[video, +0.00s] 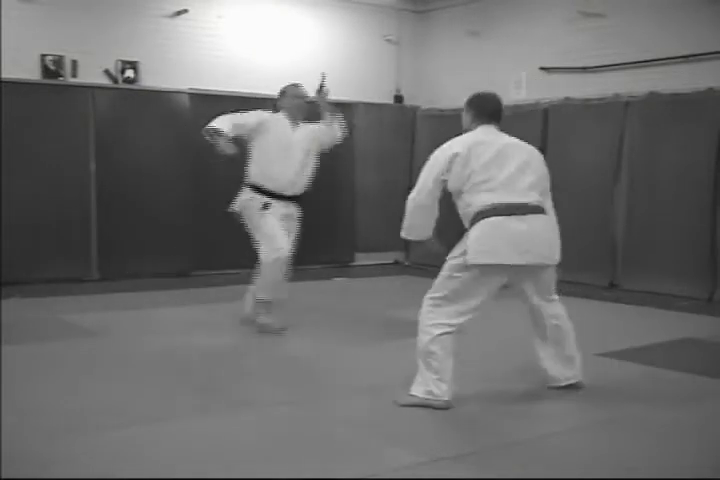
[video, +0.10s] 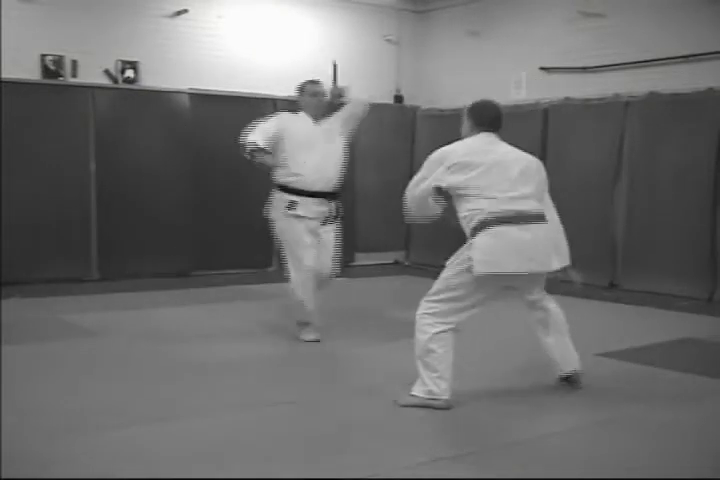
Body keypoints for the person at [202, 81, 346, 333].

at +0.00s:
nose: (302, 103)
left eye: (304, 99)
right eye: (296, 98)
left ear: (307, 104)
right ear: (282, 100)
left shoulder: (312, 133)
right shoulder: (265, 121)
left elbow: (336, 134)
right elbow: (220, 125)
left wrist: (325, 106)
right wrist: (223, 141)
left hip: (289, 207)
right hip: (257, 200)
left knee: (279, 259)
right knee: (277, 249)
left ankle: (251, 308)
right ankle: (262, 309)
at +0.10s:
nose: (320, 99)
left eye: (323, 95)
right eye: (314, 95)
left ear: (328, 99)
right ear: (300, 99)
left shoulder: (336, 126)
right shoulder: (285, 122)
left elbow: (361, 106)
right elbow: (250, 140)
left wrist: (341, 99)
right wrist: (274, 161)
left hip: (326, 209)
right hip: (290, 207)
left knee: (325, 270)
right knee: (303, 266)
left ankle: (298, 293)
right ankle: (307, 324)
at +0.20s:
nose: (339, 102)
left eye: (341, 97)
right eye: (332, 97)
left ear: (344, 100)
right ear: (317, 100)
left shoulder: (357, 127)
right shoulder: (301, 129)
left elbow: (380, 93)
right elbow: (275, 161)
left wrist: (353, 95)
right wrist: (296, 164)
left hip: (348, 209)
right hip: (311, 208)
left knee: (359, 268)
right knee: (315, 276)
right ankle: (308, 325)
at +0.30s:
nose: (376, 99)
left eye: (376, 93)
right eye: (368, 94)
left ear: (379, 95)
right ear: (352, 97)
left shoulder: (391, 125)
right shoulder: (333, 128)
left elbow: (415, 88)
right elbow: (302, 159)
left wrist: (392, 93)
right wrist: (322, 169)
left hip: (384, 213)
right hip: (344, 213)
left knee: (401, 276)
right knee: (341, 282)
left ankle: (404, 338)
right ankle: (316, 318)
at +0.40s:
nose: (398, 92)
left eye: (399, 87)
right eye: (389, 87)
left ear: (403, 92)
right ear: (373, 95)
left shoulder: (417, 122)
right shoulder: (357, 128)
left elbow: (448, 84)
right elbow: (325, 158)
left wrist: (418, 80)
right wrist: (333, 178)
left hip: (409, 216)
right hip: (368, 216)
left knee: (416, 284)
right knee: (364, 279)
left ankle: (408, 339)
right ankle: (337, 328)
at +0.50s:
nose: (439, 91)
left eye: (438, 87)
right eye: (430, 87)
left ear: (440, 96)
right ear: (410, 97)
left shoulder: (455, 126)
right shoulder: (395, 132)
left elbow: (480, 96)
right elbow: (378, 174)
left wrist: (497, 68)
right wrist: (415, 182)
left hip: (441, 225)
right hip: (400, 221)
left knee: (452, 283)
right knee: (384, 285)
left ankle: (419, 326)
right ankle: (350, 343)